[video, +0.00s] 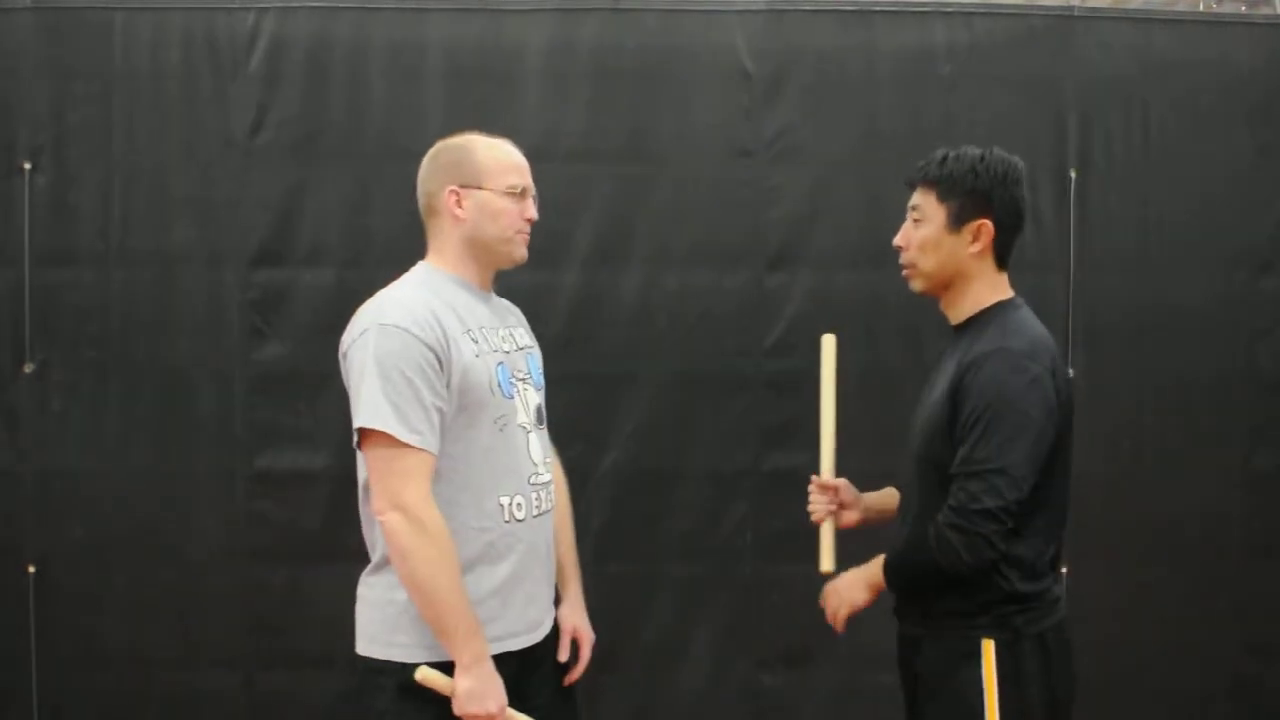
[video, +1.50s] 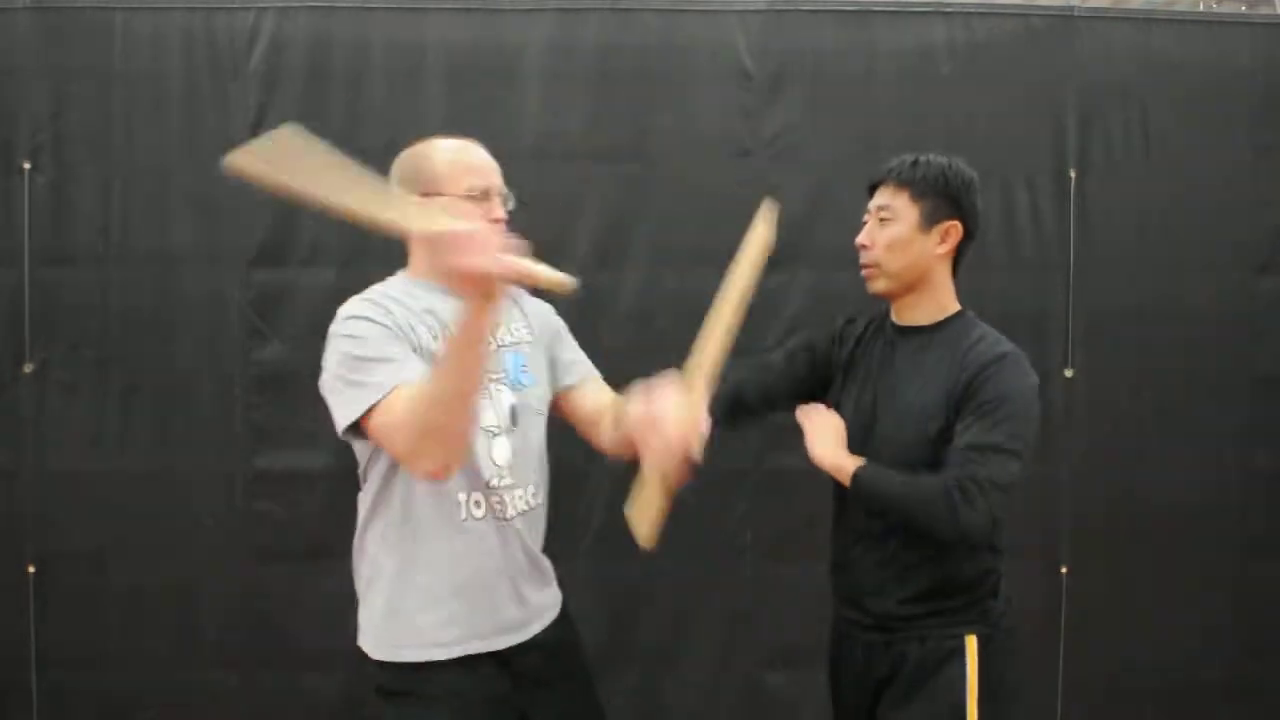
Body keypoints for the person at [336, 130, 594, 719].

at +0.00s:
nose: (533, 213)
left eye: (531, 196)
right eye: (516, 194)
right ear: (458, 202)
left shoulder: (508, 319)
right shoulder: (397, 325)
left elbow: (542, 462)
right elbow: (402, 509)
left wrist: (571, 591)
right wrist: (472, 660)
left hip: (527, 652)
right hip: (428, 664)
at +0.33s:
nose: (544, 214)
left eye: (541, 198)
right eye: (526, 195)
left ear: (477, 205)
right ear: (470, 202)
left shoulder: (510, 321)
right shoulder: (411, 324)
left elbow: (543, 459)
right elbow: (422, 511)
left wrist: (597, 567)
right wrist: (493, 658)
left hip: (536, 652)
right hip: (437, 666)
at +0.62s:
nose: (532, 212)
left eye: (529, 196)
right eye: (517, 194)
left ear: (468, 206)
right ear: (463, 204)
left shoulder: (495, 318)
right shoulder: (423, 326)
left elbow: (560, 416)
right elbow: (466, 511)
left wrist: (632, 442)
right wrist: (549, 633)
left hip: (513, 647)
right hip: (444, 660)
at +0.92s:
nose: (517, 209)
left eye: (511, 193)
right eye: (500, 193)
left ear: (451, 208)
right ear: (446, 208)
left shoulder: (494, 284)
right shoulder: (436, 320)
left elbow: (614, 285)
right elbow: (577, 463)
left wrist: (714, 323)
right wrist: (640, 483)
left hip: (512, 619)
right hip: (440, 643)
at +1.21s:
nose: (491, 210)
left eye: (486, 193)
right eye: (472, 194)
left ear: (415, 215)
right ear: (411, 212)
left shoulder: (487, 284)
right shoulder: (393, 318)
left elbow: (594, 282)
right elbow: (581, 357)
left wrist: (659, 235)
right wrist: (656, 260)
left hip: (521, 622)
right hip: (427, 638)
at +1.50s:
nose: (502, 212)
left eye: (503, 196)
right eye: (478, 197)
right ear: (420, 214)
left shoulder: (532, 315)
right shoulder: (367, 323)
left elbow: (608, 424)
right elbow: (431, 451)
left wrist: (654, 407)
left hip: (534, 623)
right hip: (425, 647)